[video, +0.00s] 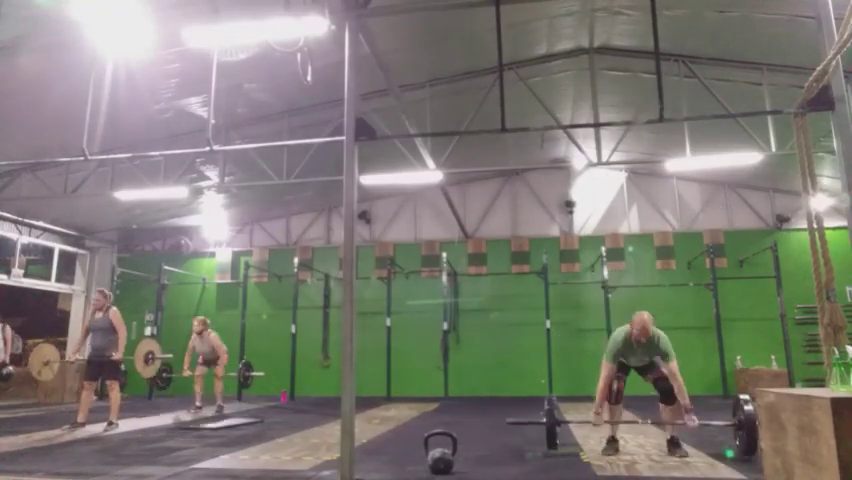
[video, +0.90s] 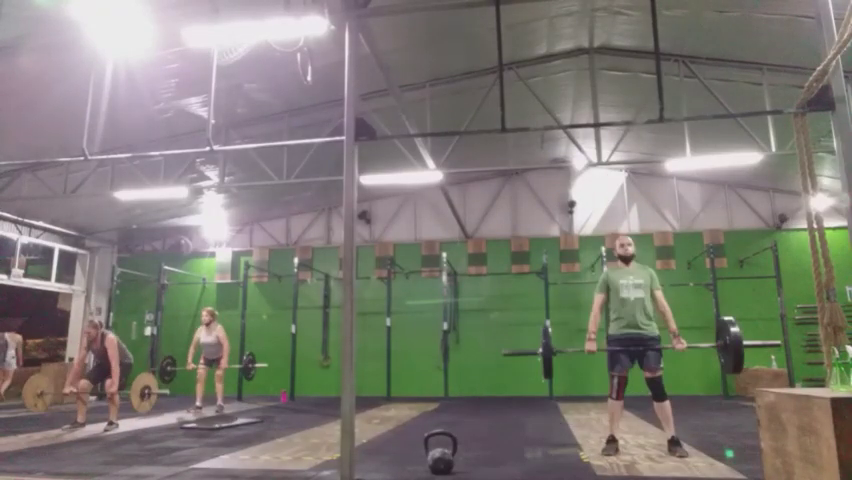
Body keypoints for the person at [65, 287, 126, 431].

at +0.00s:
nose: (94, 302)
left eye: (98, 300)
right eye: (94, 300)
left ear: (106, 301)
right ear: (94, 300)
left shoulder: (112, 312)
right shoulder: (93, 314)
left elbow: (122, 331)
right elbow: (85, 333)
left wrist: (120, 352)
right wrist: (76, 351)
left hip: (110, 355)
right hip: (94, 355)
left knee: (113, 385)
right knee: (88, 386)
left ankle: (113, 420)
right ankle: (80, 420)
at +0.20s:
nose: (87, 322)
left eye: (90, 319)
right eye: (86, 319)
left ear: (98, 318)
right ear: (85, 318)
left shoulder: (109, 327)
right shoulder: (87, 328)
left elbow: (116, 350)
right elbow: (80, 349)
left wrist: (117, 372)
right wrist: (71, 371)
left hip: (118, 357)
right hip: (101, 357)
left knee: (113, 384)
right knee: (86, 384)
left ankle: (113, 420)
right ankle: (80, 420)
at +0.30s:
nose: (85, 339)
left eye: (87, 336)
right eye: (83, 336)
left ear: (96, 333)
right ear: (82, 335)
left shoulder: (108, 340)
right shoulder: (85, 342)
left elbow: (114, 364)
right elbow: (77, 363)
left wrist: (114, 386)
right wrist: (67, 386)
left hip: (121, 364)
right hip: (102, 365)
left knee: (110, 385)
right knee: (81, 386)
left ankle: (113, 421)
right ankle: (80, 421)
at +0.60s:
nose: (90, 323)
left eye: (92, 320)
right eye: (89, 320)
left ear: (100, 321)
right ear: (89, 320)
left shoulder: (110, 331)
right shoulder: (90, 332)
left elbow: (117, 354)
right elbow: (82, 353)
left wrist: (117, 377)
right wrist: (73, 374)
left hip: (119, 360)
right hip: (101, 360)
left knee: (112, 385)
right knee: (83, 385)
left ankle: (113, 420)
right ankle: (80, 420)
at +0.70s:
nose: (98, 304)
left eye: (101, 301)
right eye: (97, 301)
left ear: (109, 302)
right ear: (95, 302)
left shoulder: (115, 312)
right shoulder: (95, 314)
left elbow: (124, 331)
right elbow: (88, 333)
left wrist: (122, 353)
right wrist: (78, 353)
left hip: (112, 355)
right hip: (96, 354)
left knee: (113, 385)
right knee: (89, 385)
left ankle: (113, 420)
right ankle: (80, 420)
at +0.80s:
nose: (94, 307)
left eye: (97, 304)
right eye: (93, 304)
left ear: (105, 304)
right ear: (92, 305)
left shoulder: (113, 316)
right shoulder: (94, 318)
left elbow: (120, 336)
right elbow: (87, 338)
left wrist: (121, 358)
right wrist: (77, 357)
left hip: (112, 356)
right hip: (98, 356)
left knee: (111, 384)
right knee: (87, 384)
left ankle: (113, 420)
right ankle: (80, 420)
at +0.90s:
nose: (87, 335)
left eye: (89, 332)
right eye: (85, 332)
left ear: (98, 330)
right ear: (85, 331)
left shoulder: (109, 338)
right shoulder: (88, 339)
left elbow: (115, 363)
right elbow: (79, 361)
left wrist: (115, 386)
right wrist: (68, 384)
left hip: (122, 363)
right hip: (103, 364)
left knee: (110, 385)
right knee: (83, 386)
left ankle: (113, 421)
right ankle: (80, 421)